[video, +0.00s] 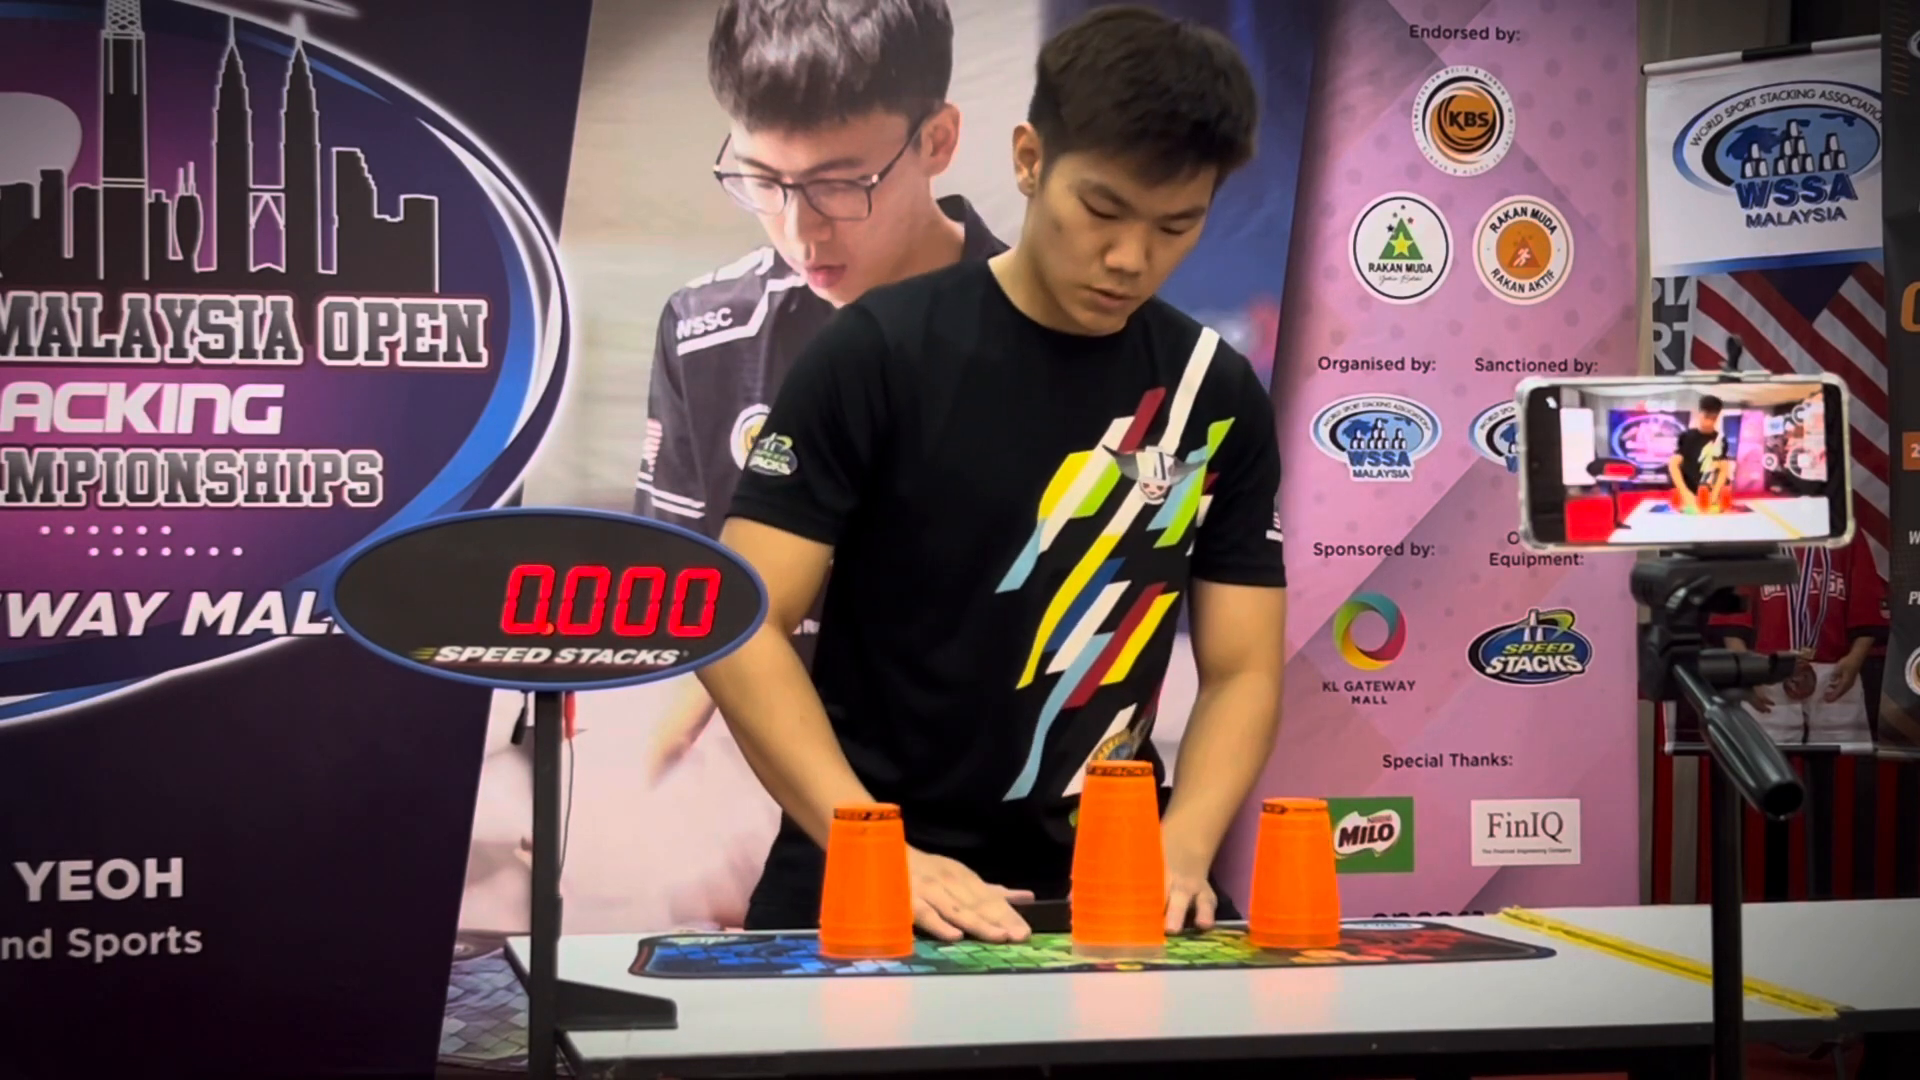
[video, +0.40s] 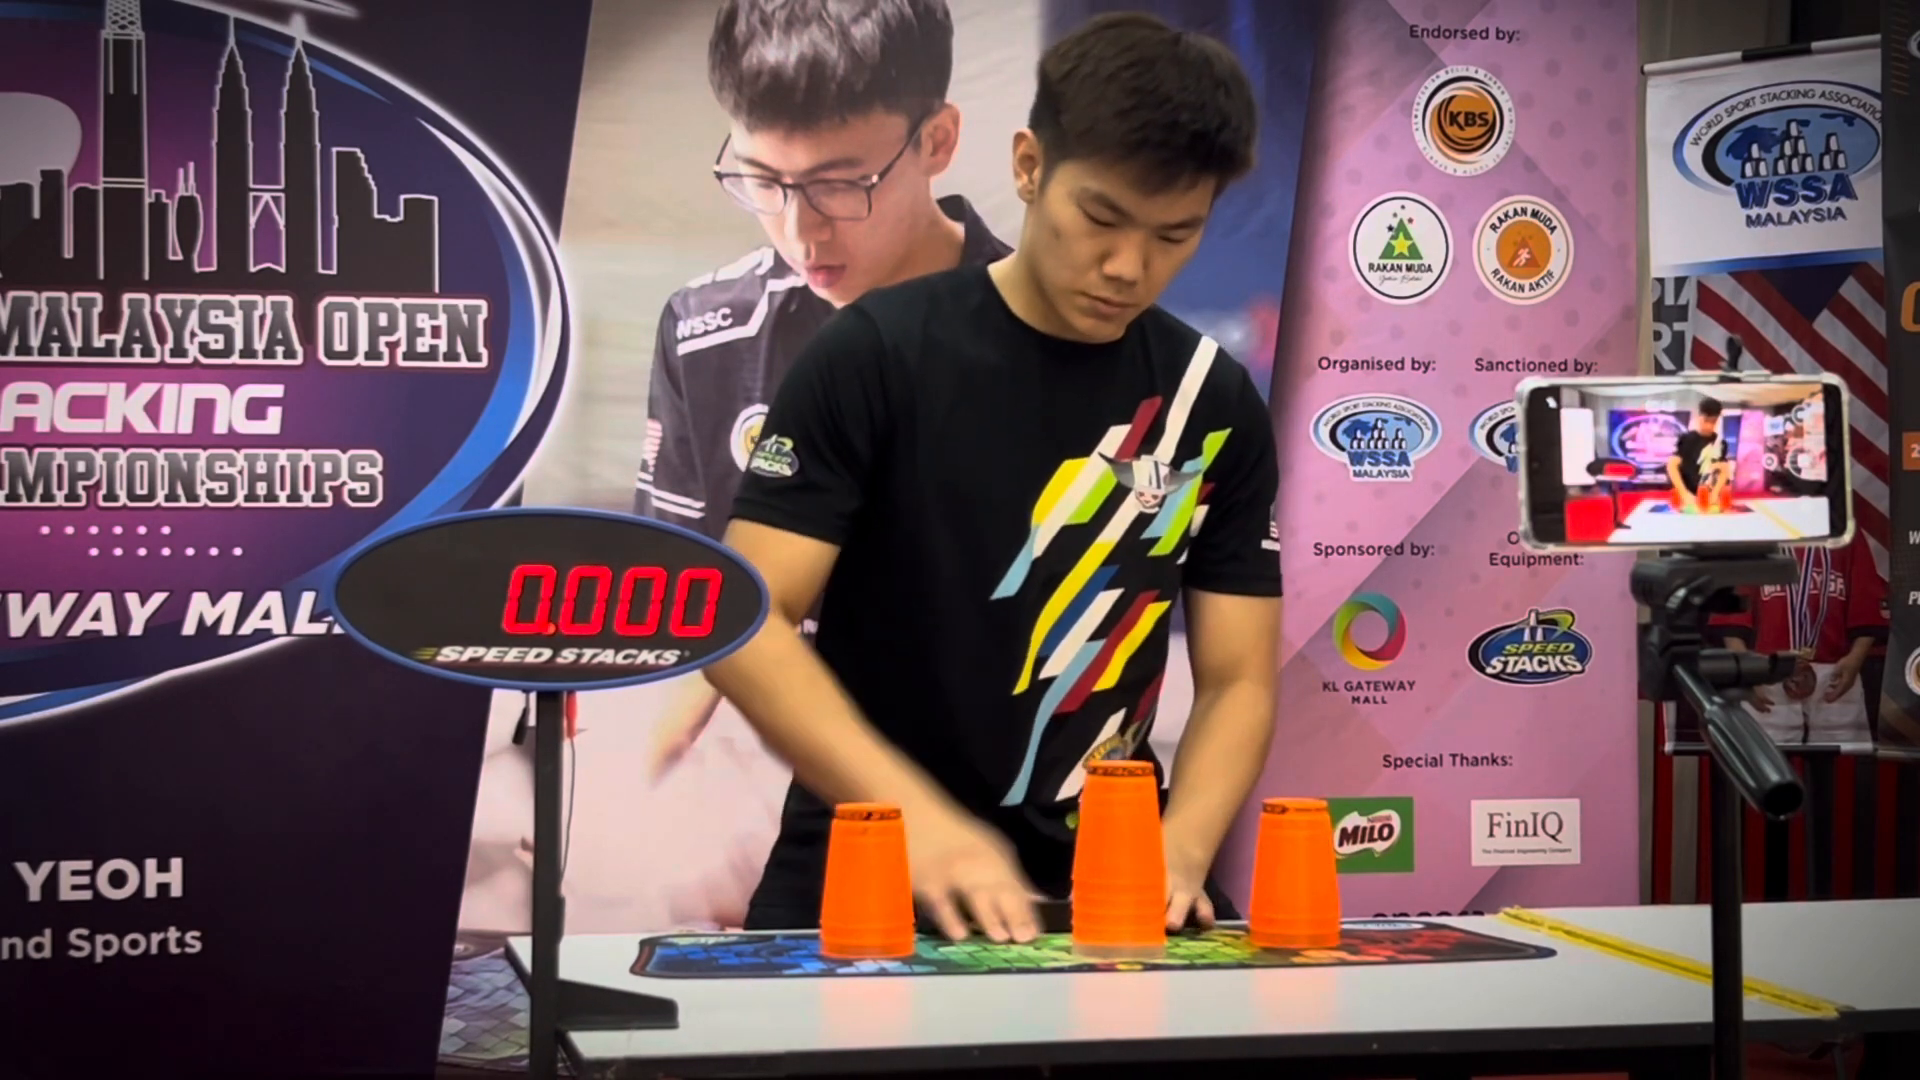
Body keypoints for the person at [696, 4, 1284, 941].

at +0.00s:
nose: (1130, 259)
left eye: (1175, 225)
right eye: (1102, 208)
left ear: (1210, 202)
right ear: (1028, 163)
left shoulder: (1217, 400)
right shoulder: (878, 353)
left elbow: (1242, 673)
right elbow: (737, 620)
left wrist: (1180, 852)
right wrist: (872, 849)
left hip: (1090, 920)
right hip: (857, 905)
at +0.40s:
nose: (1128, 268)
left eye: (1173, 235)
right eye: (1100, 216)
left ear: (1209, 213)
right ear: (1028, 169)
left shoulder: (1214, 406)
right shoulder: (874, 355)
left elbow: (1238, 681)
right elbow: (741, 618)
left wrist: (1177, 852)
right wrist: (922, 817)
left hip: (1092, 921)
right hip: (856, 906)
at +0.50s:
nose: (1139, 268)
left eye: (1183, 236)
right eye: (1112, 216)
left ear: (1215, 217)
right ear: (1034, 170)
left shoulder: (1220, 404)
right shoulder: (887, 359)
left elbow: (1223, 662)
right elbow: (820, 659)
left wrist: (1190, 787)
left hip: (1086, 905)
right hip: (865, 894)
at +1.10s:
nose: (1139, 246)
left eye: (1184, 211)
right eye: (1111, 192)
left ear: (1217, 198)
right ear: (1037, 155)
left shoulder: (1229, 405)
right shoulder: (885, 353)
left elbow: (1227, 673)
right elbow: (812, 635)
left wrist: (1184, 763)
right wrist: (927, 745)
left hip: (1116, 892)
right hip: (874, 885)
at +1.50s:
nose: (1089, 235)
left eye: (1136, 204)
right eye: (1062, 183)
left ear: (1182, 194)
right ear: (1002, 146)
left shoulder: (1216, 396)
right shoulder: (856, 351)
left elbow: (1218, 686)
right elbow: (765, 608)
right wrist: (811, 709)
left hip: (1094, 894)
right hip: (867, 877)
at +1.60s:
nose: (1050, 228)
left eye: (1099, 196)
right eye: (1025, 176)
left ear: (1150, 187)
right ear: (969, 140)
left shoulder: (1189, 394)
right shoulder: (826, 346)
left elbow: (1181, 697)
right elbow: (740, 593)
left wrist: (1007, 749)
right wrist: (746, 679)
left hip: (1073, 895)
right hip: (841, 882)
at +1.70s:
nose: (801, 233)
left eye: (842, 183)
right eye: (763, 179)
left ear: (940, 143)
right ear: (734, 139)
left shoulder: (1029, 311)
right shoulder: (701, 331)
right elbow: (680, 574)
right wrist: (711, 706)